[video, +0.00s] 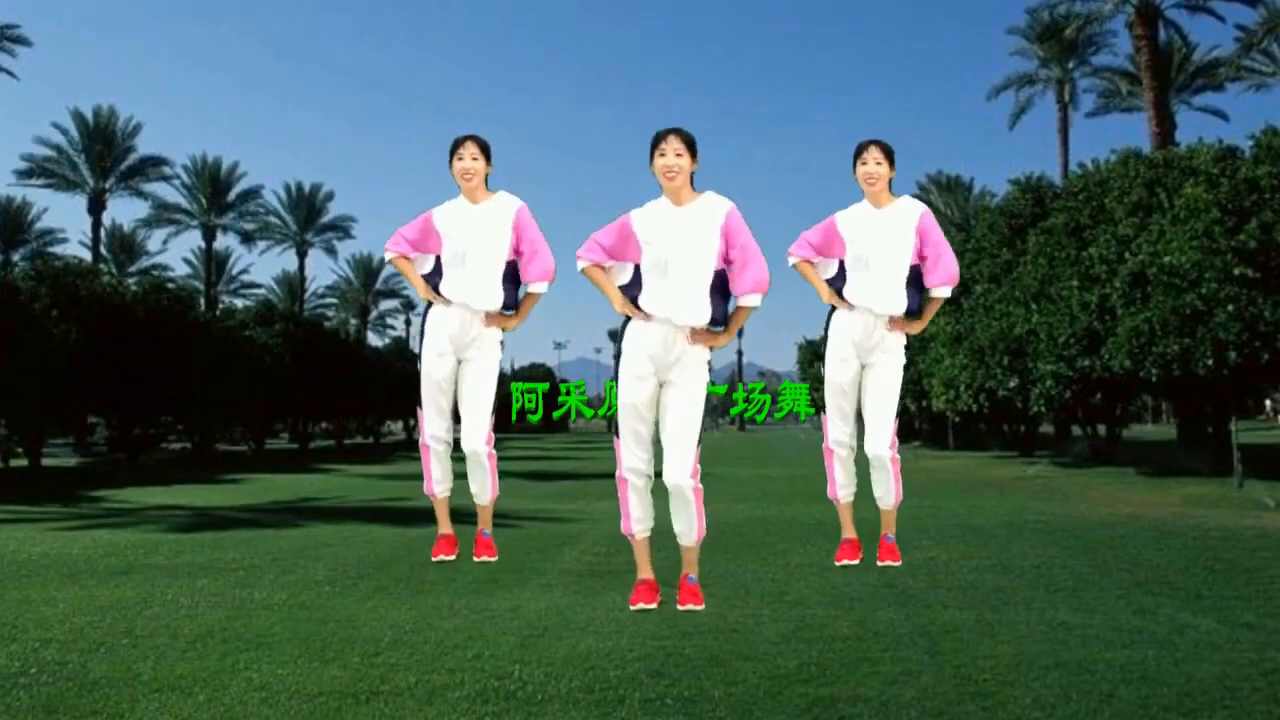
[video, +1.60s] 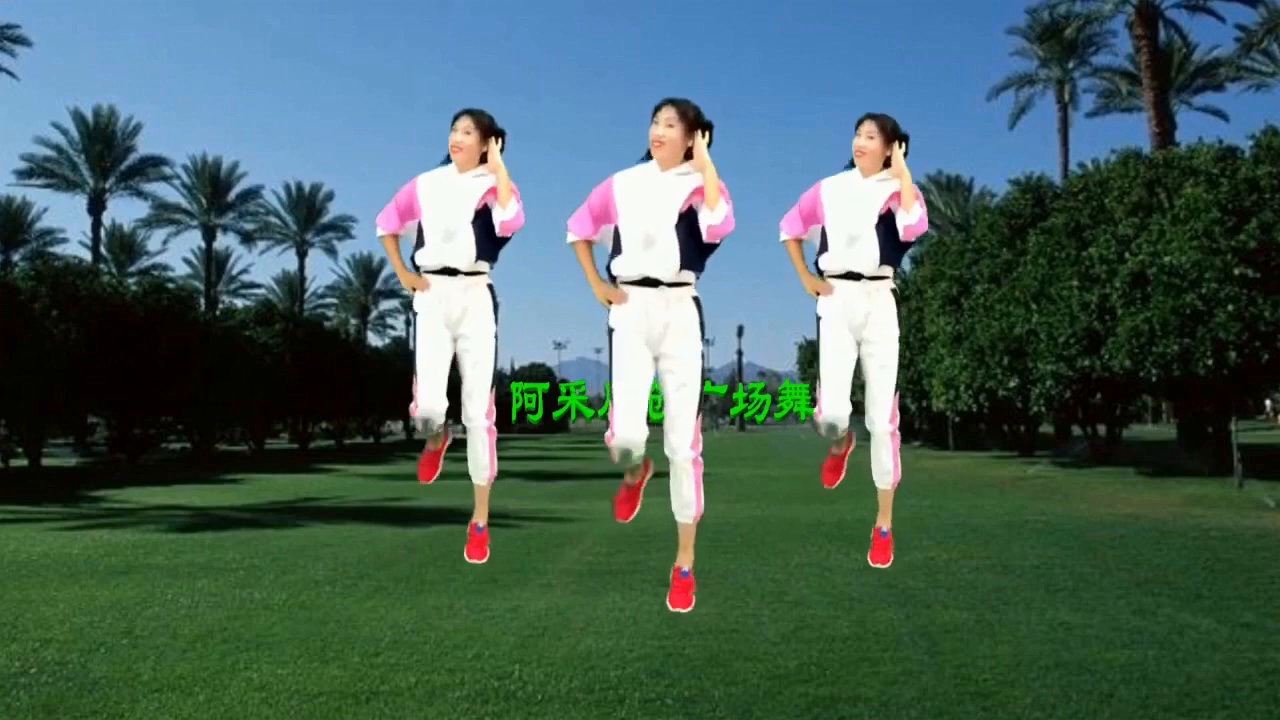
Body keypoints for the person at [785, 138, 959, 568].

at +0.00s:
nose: (870, 169)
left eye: (878, 162)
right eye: (863, 163)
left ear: (891, 171)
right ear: (855, 173)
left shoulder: (914, 214)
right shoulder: (845, 219)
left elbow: (946, 271)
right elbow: (799, 253)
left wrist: (920, 322)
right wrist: (828, 295)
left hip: (889, 331)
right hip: (845, 326)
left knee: (880, 438)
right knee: (838, 434)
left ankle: (888, 537)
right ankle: (848, 535)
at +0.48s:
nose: (866, 165)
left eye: (874, 159)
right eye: (861, 159)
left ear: (891, 165)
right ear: (854, 167)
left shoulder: (911, 209)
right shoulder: (837, 212)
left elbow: (965, 224)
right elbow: (795, 260)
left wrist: (934, 258)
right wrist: (822, 307)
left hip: (898, 321)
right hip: (854, 323)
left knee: (896, 435)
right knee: (857, 437)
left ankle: (888, 535)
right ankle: (848, 535)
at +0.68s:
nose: (867, 160)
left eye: (876, 153)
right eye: (863, 154)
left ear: (896, 159)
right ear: (859, 161)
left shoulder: (917, 201)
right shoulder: (841, 206)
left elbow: (973, 216)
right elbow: (797, 252)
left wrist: (948, 212)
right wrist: (825, 299)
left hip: (898, 315)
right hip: (853, 315)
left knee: (894, 431)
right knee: (852, 432)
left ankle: (891, 535)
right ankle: (847, 535)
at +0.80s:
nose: (872, 184)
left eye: (881, 177)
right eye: (869, 177)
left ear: (901, 184)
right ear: (864, 184)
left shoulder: (914, 231)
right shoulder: (843, 225)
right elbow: (802, 274)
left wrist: (930, 236)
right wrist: (820, 324)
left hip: (900, 335)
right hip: (856, 338)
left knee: (899, 447)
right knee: (872, 446)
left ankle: (889, 536)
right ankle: (857, 519)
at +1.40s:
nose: (853, 164)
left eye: (861, 157)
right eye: (850, 157)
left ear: (881, 164)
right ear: (846, 165)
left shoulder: (901, 210)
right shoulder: (830, 211)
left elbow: (904, 243)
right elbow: (789, 247)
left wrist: (888, 187)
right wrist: (806, 293)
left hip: (872, 326)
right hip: (828, 322)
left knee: (871, 441)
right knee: (807, 429)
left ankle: (888, 532)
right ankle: (787, 524)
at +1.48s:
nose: (852, 144)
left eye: (862, 138)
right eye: (851, 138)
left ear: (882, 147)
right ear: (849, 146)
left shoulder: (899, 191)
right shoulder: (829, 191)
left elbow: (916, 220)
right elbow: (791, 228)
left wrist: (897, 166)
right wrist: (807, 274)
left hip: (875, 304)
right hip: (831, 300)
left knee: (879, 421)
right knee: (813, 414)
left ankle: (889, 526)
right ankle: (794, 504)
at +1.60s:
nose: (860, 142)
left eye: (870, 137)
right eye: (857, 136)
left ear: (889, 148)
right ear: (852, 144)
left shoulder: (902, 190)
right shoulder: (828, 188)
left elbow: (911, 228)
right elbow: (789, 229)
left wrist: (902, 173)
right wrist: (806, 277)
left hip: (881, 299)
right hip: (837, 296)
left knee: (881, 416)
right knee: (831, 416)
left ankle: (883, 523)